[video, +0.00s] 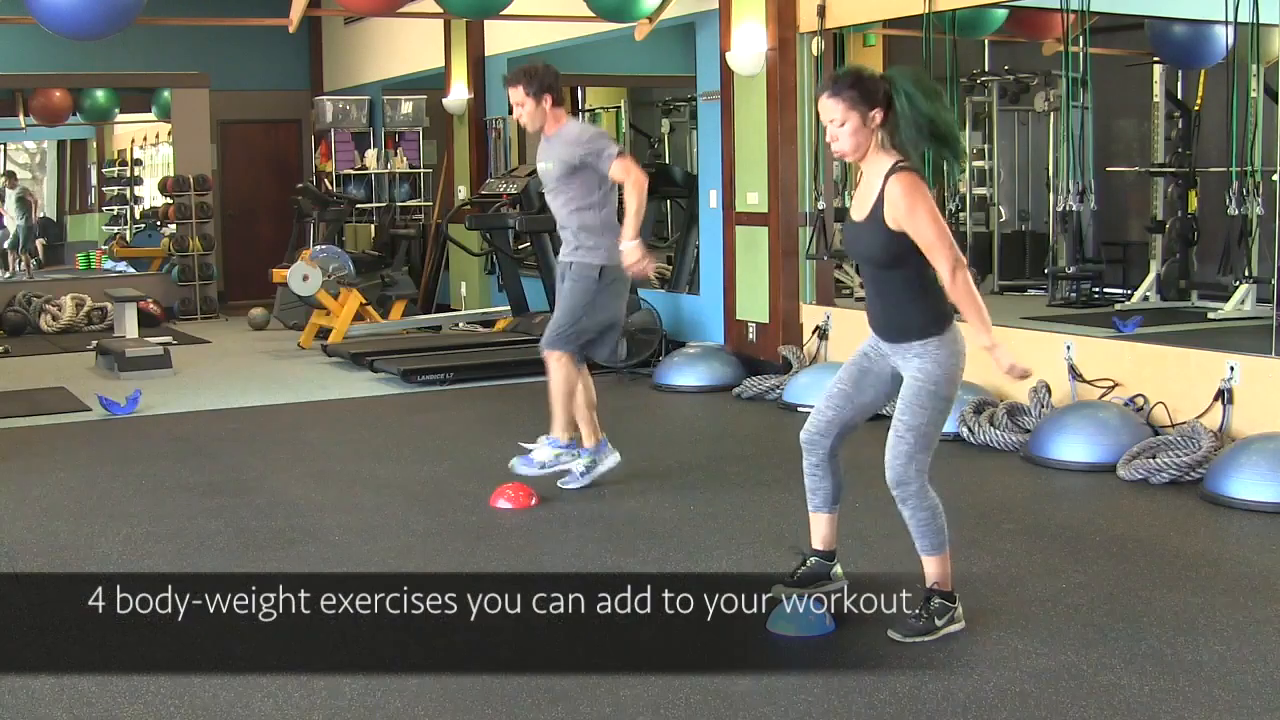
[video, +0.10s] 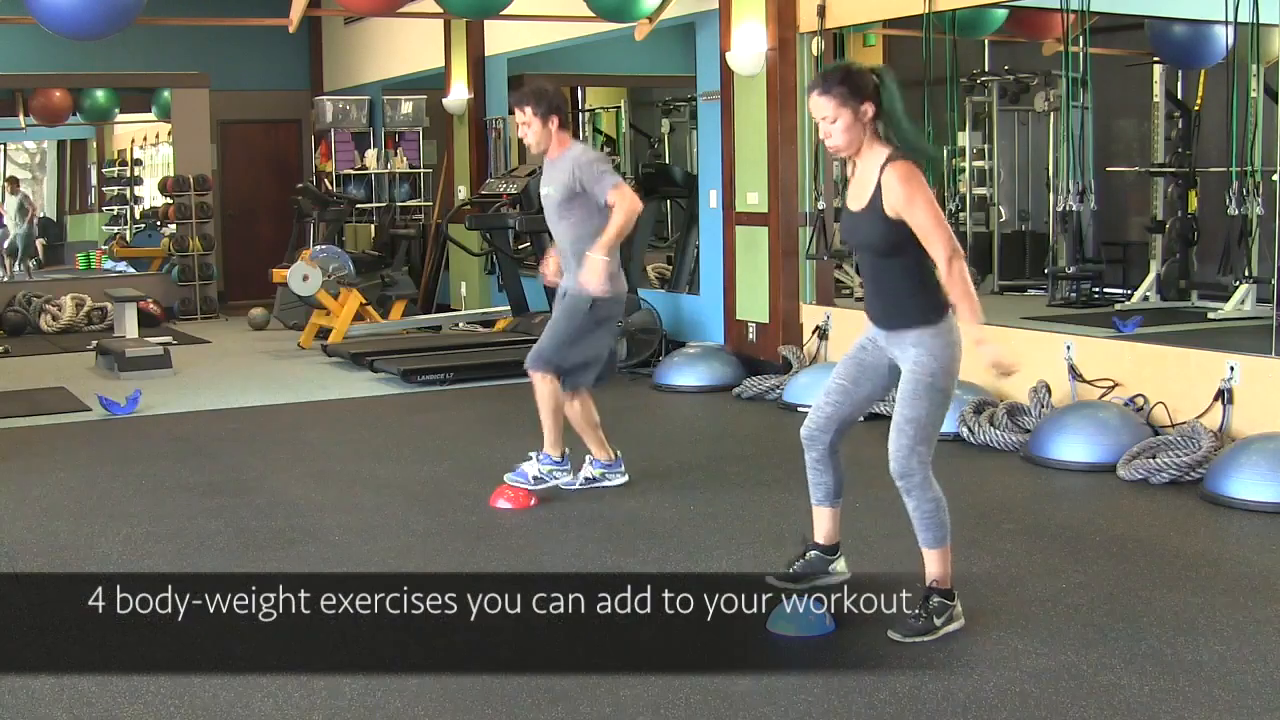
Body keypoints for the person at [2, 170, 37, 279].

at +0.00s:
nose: (5, 183)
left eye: (7, 180)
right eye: (4, 181)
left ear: (14, 180)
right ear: (5, 181)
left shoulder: (22, 190)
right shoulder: (9, 192)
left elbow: (34, 201)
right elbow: (4, 207)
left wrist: (34, 216)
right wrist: (9, 217)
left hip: (26, 223)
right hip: (17, 223)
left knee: (23, 251)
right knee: (10, 247)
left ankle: (29, 273)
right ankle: (11, 270)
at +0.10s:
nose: (7, 189)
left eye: (9, 186)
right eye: (6, 186)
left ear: (16, 186)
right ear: (6, 187)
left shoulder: (22, 196)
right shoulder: (9, 197)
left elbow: (32, 208)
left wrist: (26, 225)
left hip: (24, 230)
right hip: (14, 230)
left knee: (24, 256)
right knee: (7, 251)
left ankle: (29, 277)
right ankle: (9, 275)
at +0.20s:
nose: (7, 187)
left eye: (8, 185)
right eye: (6, 185)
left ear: (15, 183)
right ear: (9, 184)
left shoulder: (23, 194)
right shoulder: (16, 196)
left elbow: (31, 205)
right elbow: (18, 209)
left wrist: (21, 216)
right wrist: (10, 215)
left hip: (26, 229)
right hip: (18, 229)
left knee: (23, 255)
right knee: (8, 249)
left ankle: (30, 277)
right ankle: (9, 273)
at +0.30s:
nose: (4, 185)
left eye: (6, 182)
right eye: (4, 183)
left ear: (13, 180)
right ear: (10, 181)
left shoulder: (22, 189)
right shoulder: (14, 192)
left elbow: (30, 200)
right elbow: (16, 204)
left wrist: (20, 208)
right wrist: (7, 208)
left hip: (28, 223)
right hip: (19, 223)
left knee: (24, 250)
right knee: (11, 247)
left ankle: (30, 273)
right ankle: (14, 271)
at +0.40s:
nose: (4, 188)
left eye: (5, 185)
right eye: (3, 186)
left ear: (12, 183)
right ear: (7, 185)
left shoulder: (22, 191)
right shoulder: (12, 194)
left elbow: (27, 204)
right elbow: (15, 205)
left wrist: (14, 208)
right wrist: (8, 207)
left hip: (28, 223)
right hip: (21, 224)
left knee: (24, 250)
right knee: (14, 248)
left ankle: (30, 273)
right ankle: (22, 272)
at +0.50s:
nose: (4, 197)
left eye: (5, 194)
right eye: (3, 195)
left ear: (11, 193)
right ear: (4, 195)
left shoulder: (22, 203)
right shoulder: (9, 205)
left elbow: (26, 214)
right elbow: (7, 216)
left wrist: (14, 215)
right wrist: (3, 216)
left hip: (32, 232)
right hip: (24, 233)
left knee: (24, 256)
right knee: (16, 256)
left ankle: (32, 277)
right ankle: (26, 278)